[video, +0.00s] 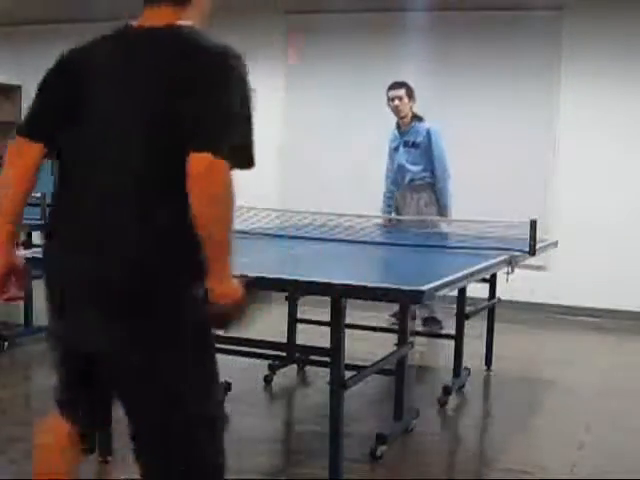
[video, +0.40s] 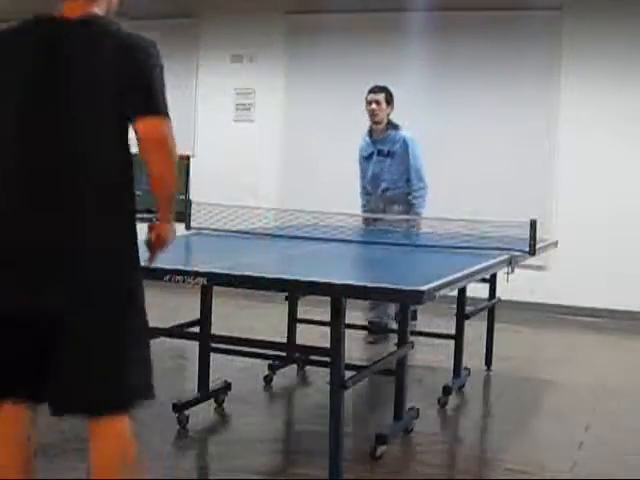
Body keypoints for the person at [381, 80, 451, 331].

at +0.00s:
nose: (396, 104)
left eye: (400, 98)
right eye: (391, 100)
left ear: (411, 101)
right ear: (388, 105)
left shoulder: (428, 132)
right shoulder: (395, 138)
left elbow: (442, 172)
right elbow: (390, 177)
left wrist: (445, 212)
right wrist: (386, 211)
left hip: (424, 193)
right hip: (402, 194)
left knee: (425, 250)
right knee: (403, 249)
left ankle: (430, 310)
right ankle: (406, 305)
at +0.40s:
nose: (373, 108)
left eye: (378, 103)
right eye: (370, 103)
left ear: (389, 108)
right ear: (366, 108)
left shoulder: (404, 142)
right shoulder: (365, 145)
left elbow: (418, 181)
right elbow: (364, 184)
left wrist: (417, 212)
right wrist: (365, 211)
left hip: (400, 204)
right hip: (374, 205)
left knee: (403, 260)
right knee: (375, 261)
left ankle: (406, 319)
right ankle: (378, 320)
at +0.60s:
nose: (355, 110)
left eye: (360, 105)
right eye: (351, 105)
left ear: (372, 108)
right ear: (347, 108)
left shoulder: (388, 144)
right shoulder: (342, 146)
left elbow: (403, 182)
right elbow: (336, 183)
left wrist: (401, 213)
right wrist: (330, 215)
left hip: (383, 203)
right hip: (357, 203)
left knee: (382, 259)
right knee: (359, 260)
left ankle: (379, 320)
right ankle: (373, 320)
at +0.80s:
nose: (324, 109)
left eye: (328, 103)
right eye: (319, 105)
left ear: (341, 101)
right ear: (316, 106)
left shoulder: (365, 136)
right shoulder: (316, 140)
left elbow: (385, 177)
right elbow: (306, 179)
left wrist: (385, 213)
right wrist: (291, 213)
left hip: (358, 200)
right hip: (329, 200)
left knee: (363, 259)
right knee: (317, 256)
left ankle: (375, 324)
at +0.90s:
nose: (307, 108)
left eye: (311, 102)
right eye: (303, 104)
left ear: (324, 101)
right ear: (300, 107)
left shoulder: (348, 134)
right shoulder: (299, 139)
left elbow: (369, 175)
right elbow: (289, 179)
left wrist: (373, 213)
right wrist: (275, 213)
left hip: (340, 203)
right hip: (309, 204)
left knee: (345, 266)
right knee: (292, 261)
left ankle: (373, 325)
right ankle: (263, 316)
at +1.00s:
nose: (288, 107)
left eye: (292, 101)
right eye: (284, 103)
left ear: (305, 99)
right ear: (281, 105)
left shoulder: (330, 135)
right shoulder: (278, 138)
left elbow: (350, 173)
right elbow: (266, 177)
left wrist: (358, 210)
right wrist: (261, 211)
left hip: (316, 203)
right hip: (283, 203)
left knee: (334, 262)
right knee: (265, 261)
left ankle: (366, 324)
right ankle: (248, 323)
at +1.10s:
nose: (266, 103)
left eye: (270, 96)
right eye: (263, 98)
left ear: (286, 94)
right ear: (262, 101)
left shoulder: (313, 131)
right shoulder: (260, 133)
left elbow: (331, 173)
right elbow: (247, 173)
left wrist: (337, 211)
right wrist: (241, 207)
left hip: (297, 200)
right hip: (262, 199)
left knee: (313, 258)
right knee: (246, 255)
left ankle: (339, 317)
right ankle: (247, 323)